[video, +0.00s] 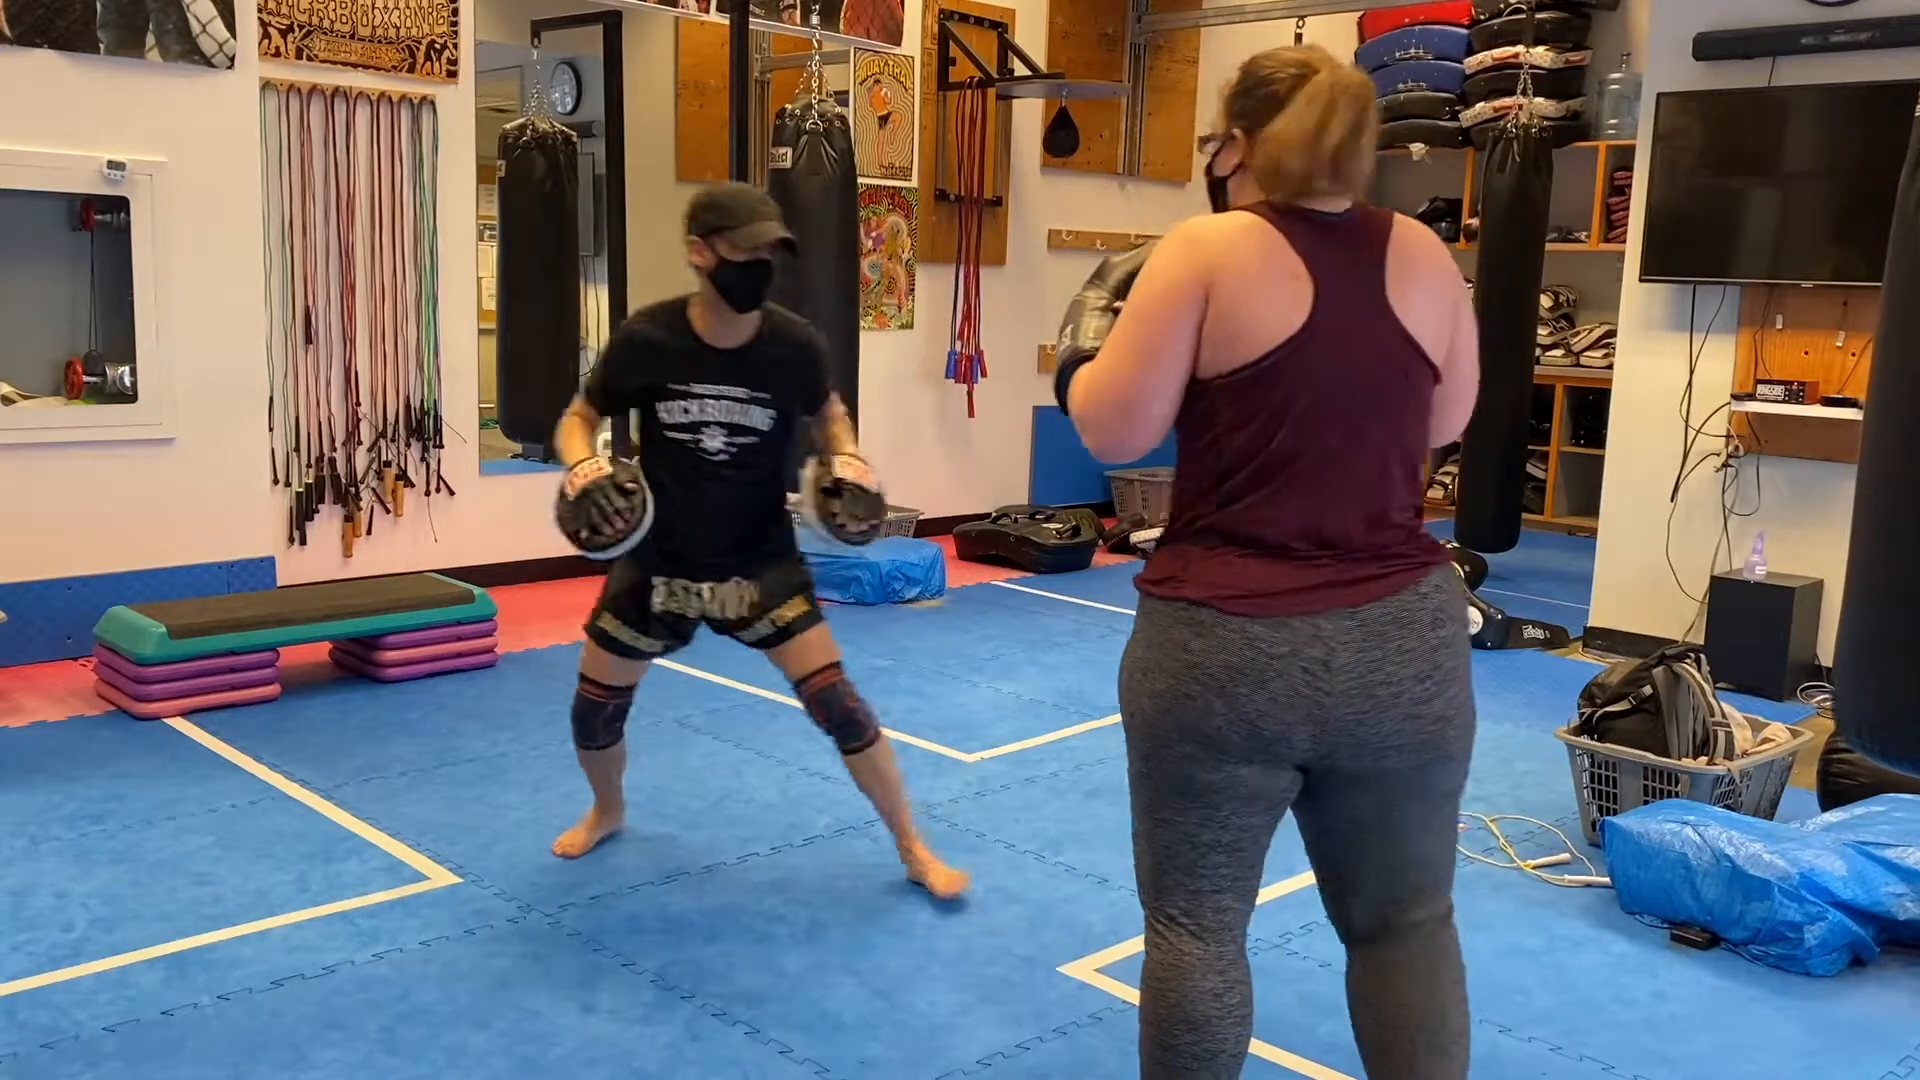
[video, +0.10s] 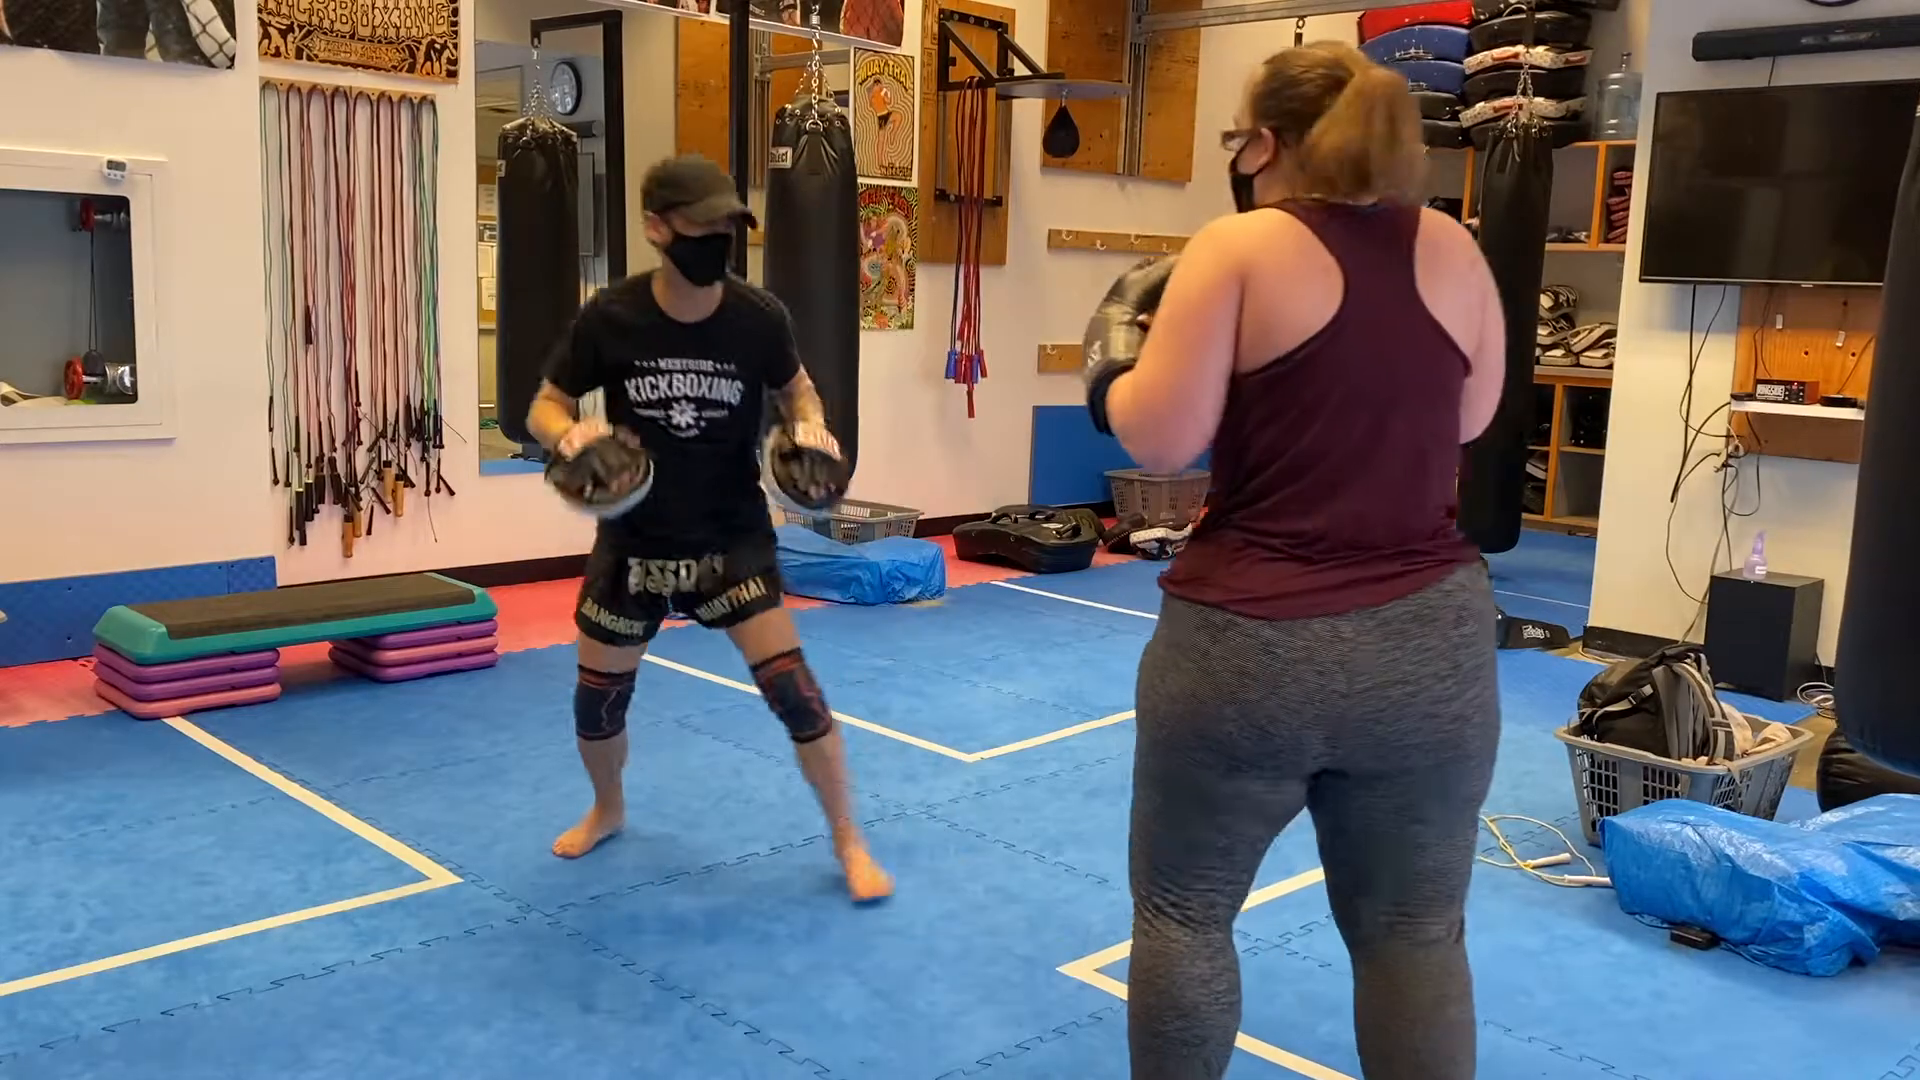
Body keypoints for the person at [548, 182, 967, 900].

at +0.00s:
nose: (763, 266)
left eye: (771, 253)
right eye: (747, 253)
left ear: (778, 253)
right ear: (701, 251)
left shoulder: (794, 346)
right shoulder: (645, 340)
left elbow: (831, 420)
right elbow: (577, 419)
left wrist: (846, 463)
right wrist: (583, 467)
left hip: (760, 560)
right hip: (658, 558)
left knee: (837, 706)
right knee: (593, 714)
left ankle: (912, 846)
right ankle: (608, 811)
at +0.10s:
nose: (719, 242)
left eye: (727, 227)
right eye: (702, 228)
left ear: (738, 225)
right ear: (657, 226)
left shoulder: (759, 319)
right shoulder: (610, 317)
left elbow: (800, 400)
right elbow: (544, 405)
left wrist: (812, 439)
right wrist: (574, 437)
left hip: (731, 533)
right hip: (632, 535)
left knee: (792, 691)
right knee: (596, 702)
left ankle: (848, 838)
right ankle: (608, 811)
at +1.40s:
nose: (510, 244)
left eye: (517, 227)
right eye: (491, 232)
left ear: (527, 223)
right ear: (441, 234)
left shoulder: (567, 324)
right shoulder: (395, 333)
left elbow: (685, 352)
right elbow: (309, 453)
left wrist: (677, 279)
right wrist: (366, 455)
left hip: (534, 580)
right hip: (416, 583)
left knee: (596, 744)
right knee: (318, 751)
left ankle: (646, 913)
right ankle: (263, 873)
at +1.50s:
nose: (475, 245)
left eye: (483, 228)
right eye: (454, 232)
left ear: (495, 228)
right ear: (405, 235)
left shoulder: (532, 335)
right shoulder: (358, 338)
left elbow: (642, 383)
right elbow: (277, 456)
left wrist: (628, 300)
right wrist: (337, 452)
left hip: (503, 581)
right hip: (383, 585)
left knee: (572, 743)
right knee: (293, 750)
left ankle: (653, 911)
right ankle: (267, 874)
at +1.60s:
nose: (453, 253)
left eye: (463, 236)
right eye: (432, 240)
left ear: (476, 234)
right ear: (384, 238)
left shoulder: (506, 330)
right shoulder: (338, 330)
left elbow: (599, 373)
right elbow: (264, 450)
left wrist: (629, 323)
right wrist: (313, 457)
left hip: (485, 568)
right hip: (366, 573)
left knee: (566, 732)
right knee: (280, 744)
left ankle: (639, 899)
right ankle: (265, 872)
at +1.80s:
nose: (471, 278)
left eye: (482, 261)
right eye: (451, 264)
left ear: (499, 261)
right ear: (410, 264)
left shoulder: (528, 350)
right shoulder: (364, 355)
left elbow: (613, 402)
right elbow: (296, 462)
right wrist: (364, 486)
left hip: (505, 574)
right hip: (385, 585)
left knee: (595, 721)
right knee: (293, 752)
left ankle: (660, 871)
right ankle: (263, 871)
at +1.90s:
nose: (531, 297)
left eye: (541, 279)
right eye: (511, 283)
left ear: (560, 274)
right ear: (481, 284)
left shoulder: (585, 357)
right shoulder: (432, 362)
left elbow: (630, 461)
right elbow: (352, 454)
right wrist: (404, 506)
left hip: (560, 584)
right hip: (441, 586)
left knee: (623, 731)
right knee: (335, 745)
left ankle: (669, 874)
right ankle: (264, 870)